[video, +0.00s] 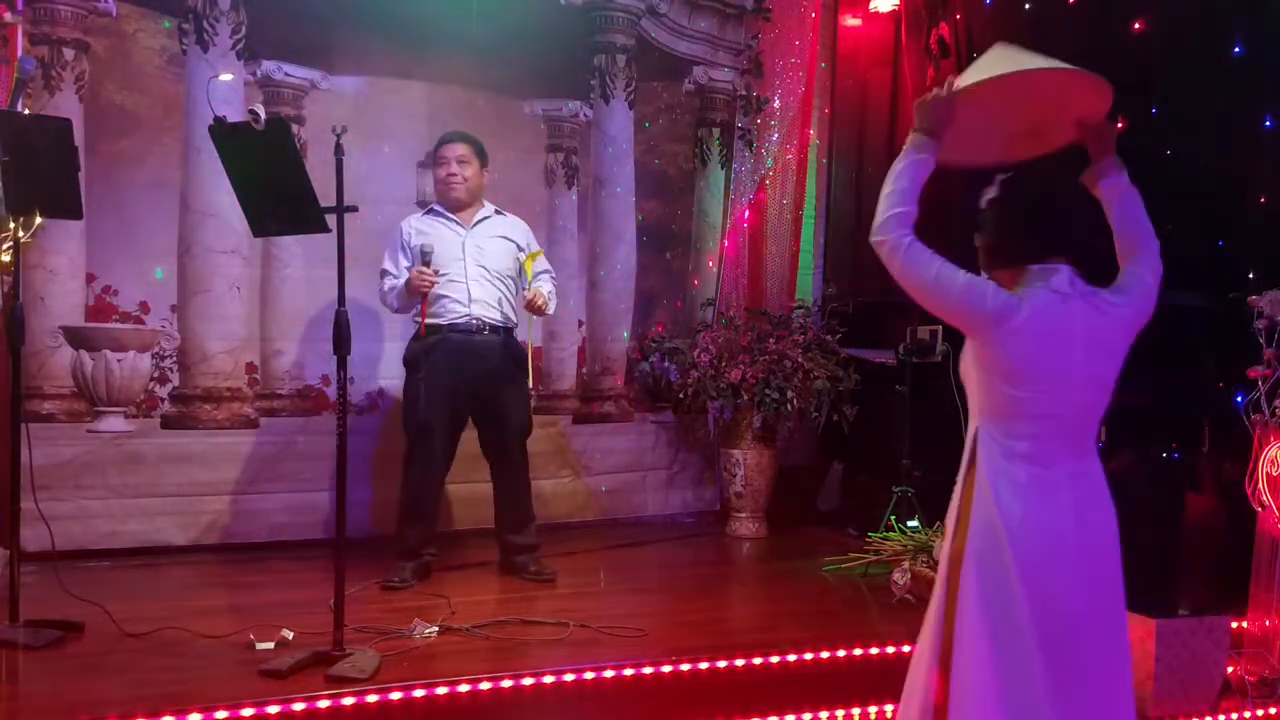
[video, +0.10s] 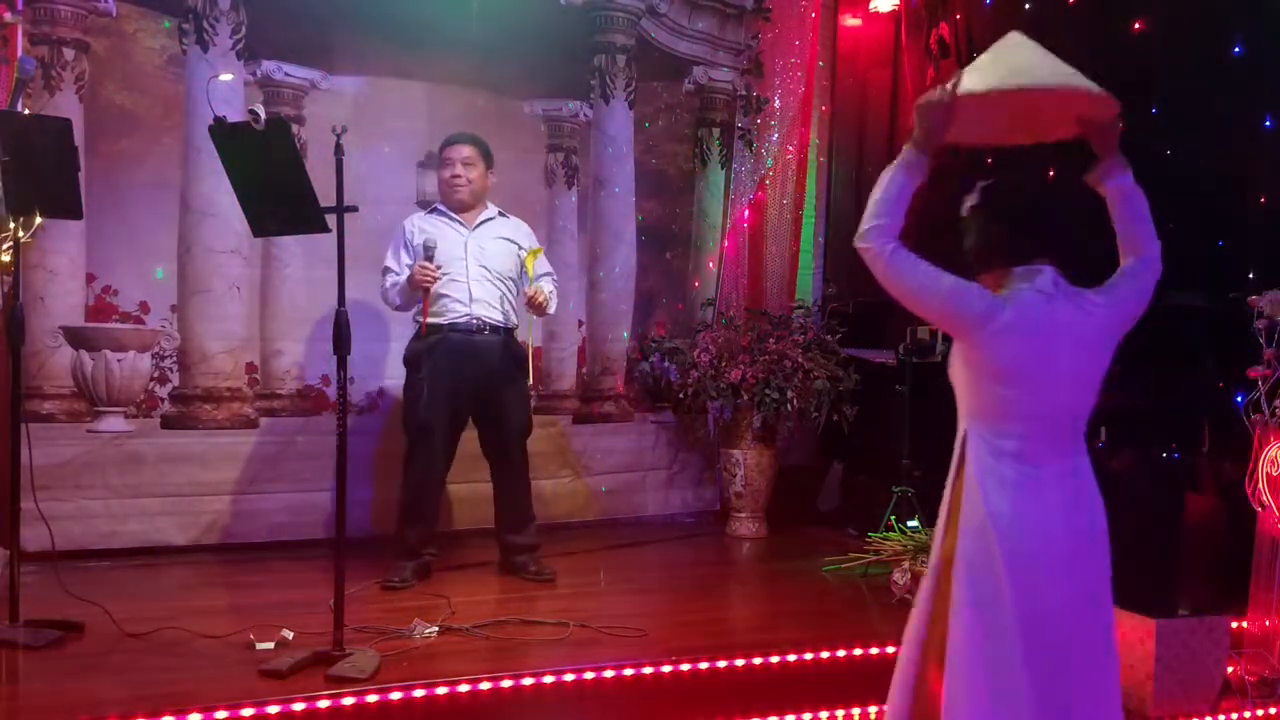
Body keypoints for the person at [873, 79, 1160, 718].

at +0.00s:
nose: (980, 239)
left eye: (987, 225)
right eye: (983, 223)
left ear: (1011, 238)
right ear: (1073, 235)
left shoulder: (993, 311)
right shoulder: (1115, 313)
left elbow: (892, 236)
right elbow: (1143, 256)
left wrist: (921, 141)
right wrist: (1109, 169)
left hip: (1003, 503)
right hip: (1084, 498)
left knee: (997, 659)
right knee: (1082, 660)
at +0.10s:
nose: (963, 243)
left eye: (971, 229)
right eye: (966, 227)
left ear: (994, 241)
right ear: (1052, 237)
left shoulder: (977, 315)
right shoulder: (1098, 315)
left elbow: (876, 242)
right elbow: (1144, 258)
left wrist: (918, 149)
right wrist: (1113, 166)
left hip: (994, 500)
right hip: (1073, 494)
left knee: (989, 658)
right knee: (1072, 657)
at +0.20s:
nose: (948, 249)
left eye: (955, 235)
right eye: (951, 235)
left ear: (973, 246)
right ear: (1044, 242)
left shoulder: (964, 318)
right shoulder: (1086, 320)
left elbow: (861, 249)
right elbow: (1142, 269)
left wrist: (918, 166)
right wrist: (1116, 179)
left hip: (978, 495)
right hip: (1057, 492)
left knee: (974, 649)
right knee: (1056, 651)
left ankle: (973, 719)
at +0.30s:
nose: (940, 260)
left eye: (947, 246)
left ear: (963, 254)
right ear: (1035, 254)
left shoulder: (956, 323)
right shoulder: (1072, 323)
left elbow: (847, 261)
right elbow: (1135, 280)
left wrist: (913, 196)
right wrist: (1115, 211)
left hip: (964, 499)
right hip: (1043, 496)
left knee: (959, 645)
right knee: (1040, 650)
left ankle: (958, 719)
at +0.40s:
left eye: (938, 264)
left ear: (951, 270)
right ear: (1014, 261)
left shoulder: (945, 329)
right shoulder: (1059, 330)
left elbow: (833, 279)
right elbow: (1122, 296)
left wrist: (903, 228)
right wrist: (1103, 220)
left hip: (953, 506)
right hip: (1031, 502)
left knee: (952, 646)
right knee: (1028, 648)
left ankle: (950, 717)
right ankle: (1026, 719)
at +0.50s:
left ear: (955, 259)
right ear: (1034, 259)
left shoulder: (931, 332)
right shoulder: (1047, 336)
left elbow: (820, 295)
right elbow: (1105, 308)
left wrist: (885, 257)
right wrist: (1092, 243)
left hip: (939, 506)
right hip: (1019, 503)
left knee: (934, 647)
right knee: (1014, 650)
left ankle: (932, 719)